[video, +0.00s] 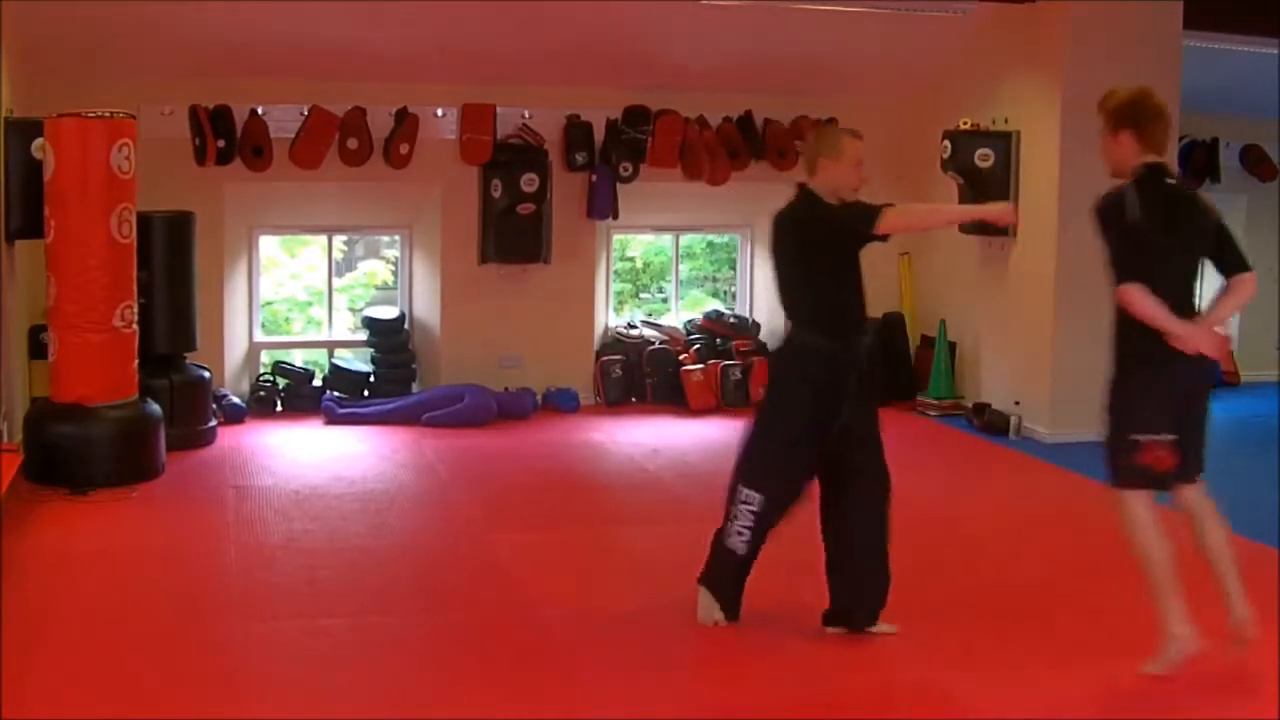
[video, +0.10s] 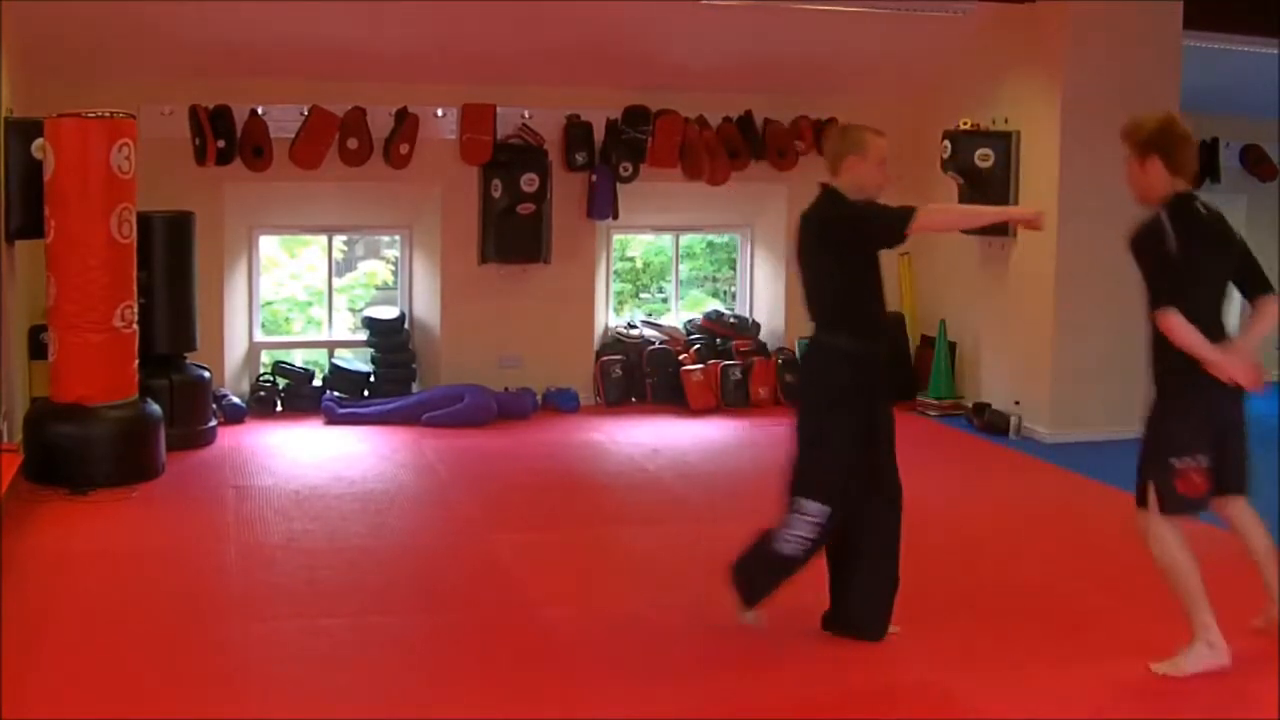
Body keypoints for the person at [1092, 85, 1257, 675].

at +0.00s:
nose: (1103, 147)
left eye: (1107, 136)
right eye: (1105, 136)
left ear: (1126, 139)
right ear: (1157, 139)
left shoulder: (1118, 202)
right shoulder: (1192, 201)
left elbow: (1129, 288)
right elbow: (1244, 280)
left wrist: (1183, 331)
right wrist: (1202, 326)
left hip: (1144, 366)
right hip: (1196, 363)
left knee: (1134, 495)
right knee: (1191, 488)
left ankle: (1177, 630)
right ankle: (1241, 613)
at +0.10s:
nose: (1128, 175)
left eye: (1133, 164)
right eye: (1130, 164)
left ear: (1154, 166)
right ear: (1180, 165)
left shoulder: (1153, 231)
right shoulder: (1215, 222)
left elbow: (1167, 316)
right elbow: (1267, 302)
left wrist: (1224, 361)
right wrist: (1237, 352)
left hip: (1181, 393)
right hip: (1224, 389)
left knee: (1154, 516)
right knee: (1231, 499)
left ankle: (1208, 640)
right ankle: (1278, 601)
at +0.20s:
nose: (1145, 219)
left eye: (1150, 208)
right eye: (1146, 208)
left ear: (1175, 211)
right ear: (1191, 210)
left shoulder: (1181, 275)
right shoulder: (1237, 265)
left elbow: (1202, 353)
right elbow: (1275, 321)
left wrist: (1262, 391)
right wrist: (1268, 388)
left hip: (1228, 431)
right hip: (1263, 427)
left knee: (1143, 531)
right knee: (1249, 520)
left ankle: (1208, 641)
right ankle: (1279, 606)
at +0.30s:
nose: (1156, 267)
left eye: (1161, 256)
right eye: (1156, 256)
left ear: (1188, 256)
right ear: (1196, 256)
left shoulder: (1205, 312)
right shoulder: (1241, 301)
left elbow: (1254, 382)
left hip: (1253, 458)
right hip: (1268, 456)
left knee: (1141, 529)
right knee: (1245, 518)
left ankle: (1218, 638)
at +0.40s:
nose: (1158, 305)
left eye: (1163, 294)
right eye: (1157, 294)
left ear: (1192, 294)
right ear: (1197, 294)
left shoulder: (1206, 337)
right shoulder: (1244, 328)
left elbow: (1267, 402)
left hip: (1262, 480)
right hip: (1269, 477)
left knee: (1154, 542)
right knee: (1261, 540)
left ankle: (1211, 669)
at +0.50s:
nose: (1150, 326)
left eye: (1156, 315)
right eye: (1149, 316)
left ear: (1189, 316)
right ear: (1190, 317)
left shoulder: (1218, 359)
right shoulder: (1226, 350)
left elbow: (1274, 415)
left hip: (1267, 498)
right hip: (1265, 493)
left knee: (1163, 568)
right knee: (1256, 549)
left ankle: (1222, 697)